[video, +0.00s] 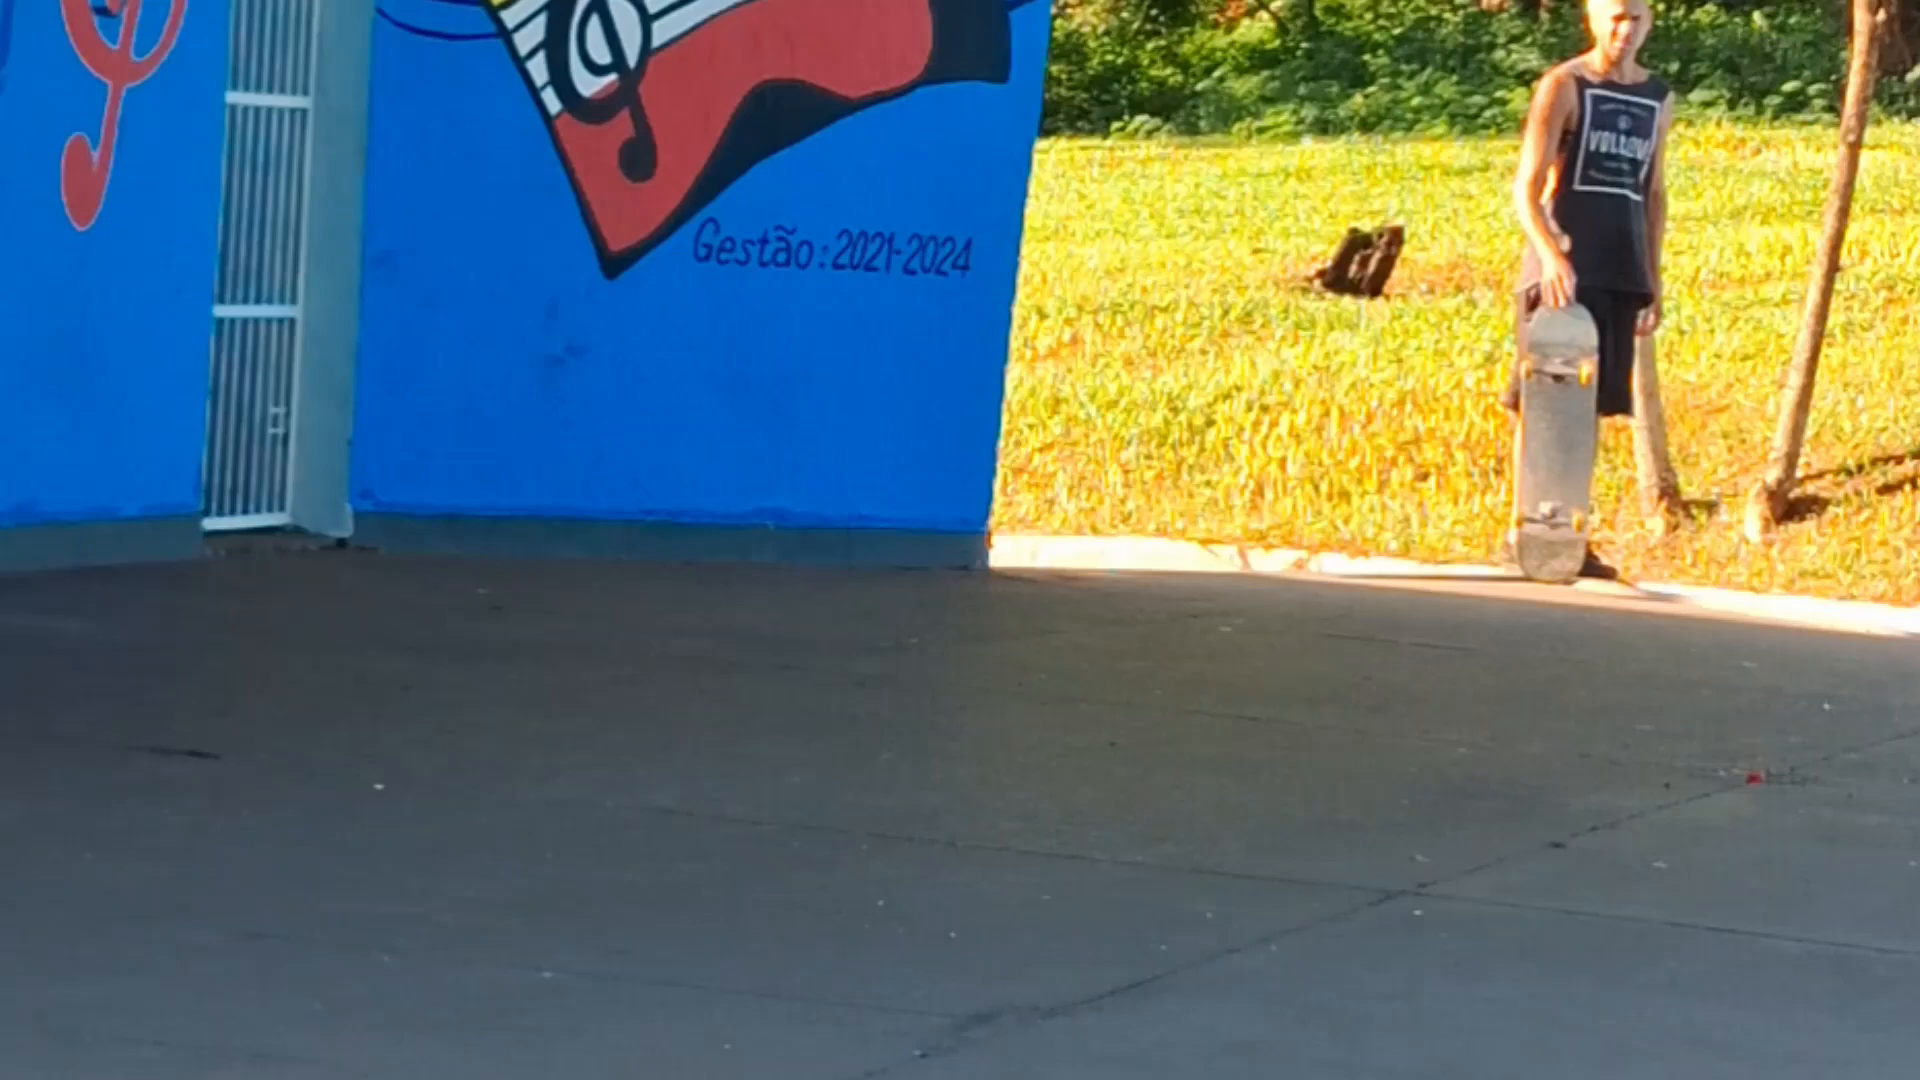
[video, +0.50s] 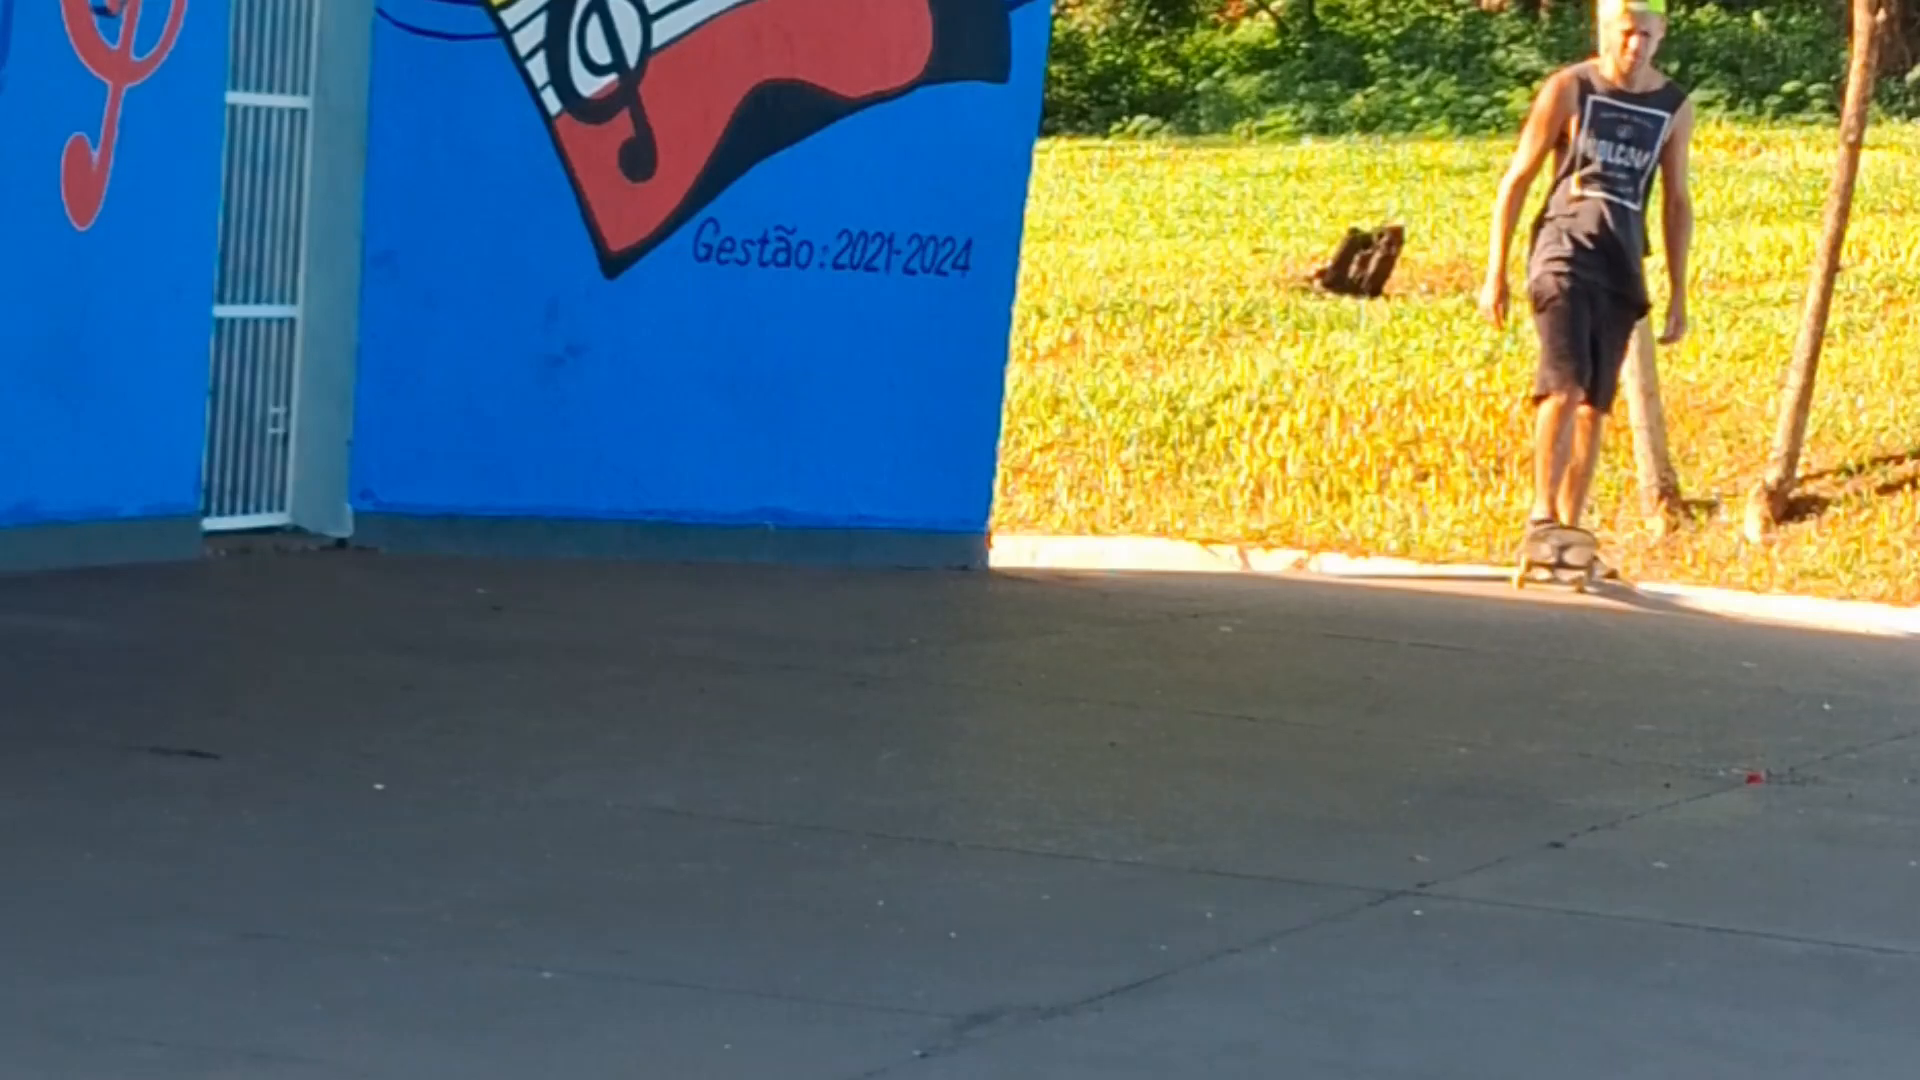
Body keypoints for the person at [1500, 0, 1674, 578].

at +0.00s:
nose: (1626, 30)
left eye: (1636, 20)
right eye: (1617, 18)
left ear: (1649, 25)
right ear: (1593, 20)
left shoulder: (1656, 95)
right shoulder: (1562, 85)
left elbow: (1653, 191)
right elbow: (1527, 188)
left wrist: (1650, 277)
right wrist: (1550, 257)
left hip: (1621, 273)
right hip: (1565, 269)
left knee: (1593, 409)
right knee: (1546, 402)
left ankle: (1571, 537)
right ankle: (1534, 533)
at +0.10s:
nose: (1628, 32)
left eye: (1638, 22)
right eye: (1619, 20)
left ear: (1651, 27)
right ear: (1595, 21)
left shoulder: (1660, 98)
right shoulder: (1562, 86)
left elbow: (1660, 195)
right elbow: (1523, 187)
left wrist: (1668, 283)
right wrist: (1552, 252)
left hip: (1620, 269)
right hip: (1563, 263)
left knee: (1596, 409)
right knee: (1556, 398)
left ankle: (1575, 536)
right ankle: (1544, 534)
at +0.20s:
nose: (1629, 34)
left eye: (1639, 24)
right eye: (1620, 21)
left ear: (1652, 31)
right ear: (1597, 23)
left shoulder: (1662, 101)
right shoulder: (1563, 85)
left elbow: (1667, 197)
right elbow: (1520, 186)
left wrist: (1680, 283)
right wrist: (1543, 259)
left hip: (1619, 271)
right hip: (1560, 262)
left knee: (1598, 408)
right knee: (1561, 399)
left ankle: (1575, 539)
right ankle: (1546, 537)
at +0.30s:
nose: (1632, 37)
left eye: (1642, 27)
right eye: (1623, 24)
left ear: (1655, 33)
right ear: (1600, 25)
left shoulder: (1664, 103)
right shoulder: (1565, 86)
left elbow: (1672, 199)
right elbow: (1519, 185)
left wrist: (1685, 285)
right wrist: (1525, 269)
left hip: (1621, 279)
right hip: (1560, 271)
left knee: (1596, 414)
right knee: (1561, 406)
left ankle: (1574, 543)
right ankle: (1543, 542)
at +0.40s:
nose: (1631, 41)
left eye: (1641, 30)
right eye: (1622, 28)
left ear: (1657, 34)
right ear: (1600, 28)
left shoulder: (1668, 104)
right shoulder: (1565, 88)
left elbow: (1674, 201)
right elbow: (1517, 184)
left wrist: (1684, 289)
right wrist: (1509, 275)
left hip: (1622, 270)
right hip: (1564, 261)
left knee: (1594, 409)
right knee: (1562, 400)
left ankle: (1572, 534)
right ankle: (1539, 529)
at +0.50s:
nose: (1633, 43)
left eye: (1644, 33)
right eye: (1624, 30)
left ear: (1659, 37)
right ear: (1603, 29)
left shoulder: (1673, 105)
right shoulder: (1567, 88)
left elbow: (1676, 201)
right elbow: (1517, 180)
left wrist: (1677, 290)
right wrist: (1496, 271)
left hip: (1623, 263)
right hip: (1564, 251)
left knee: (1594, 405)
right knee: (1563, 391)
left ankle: (1573, 527)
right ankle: (1543, 519)